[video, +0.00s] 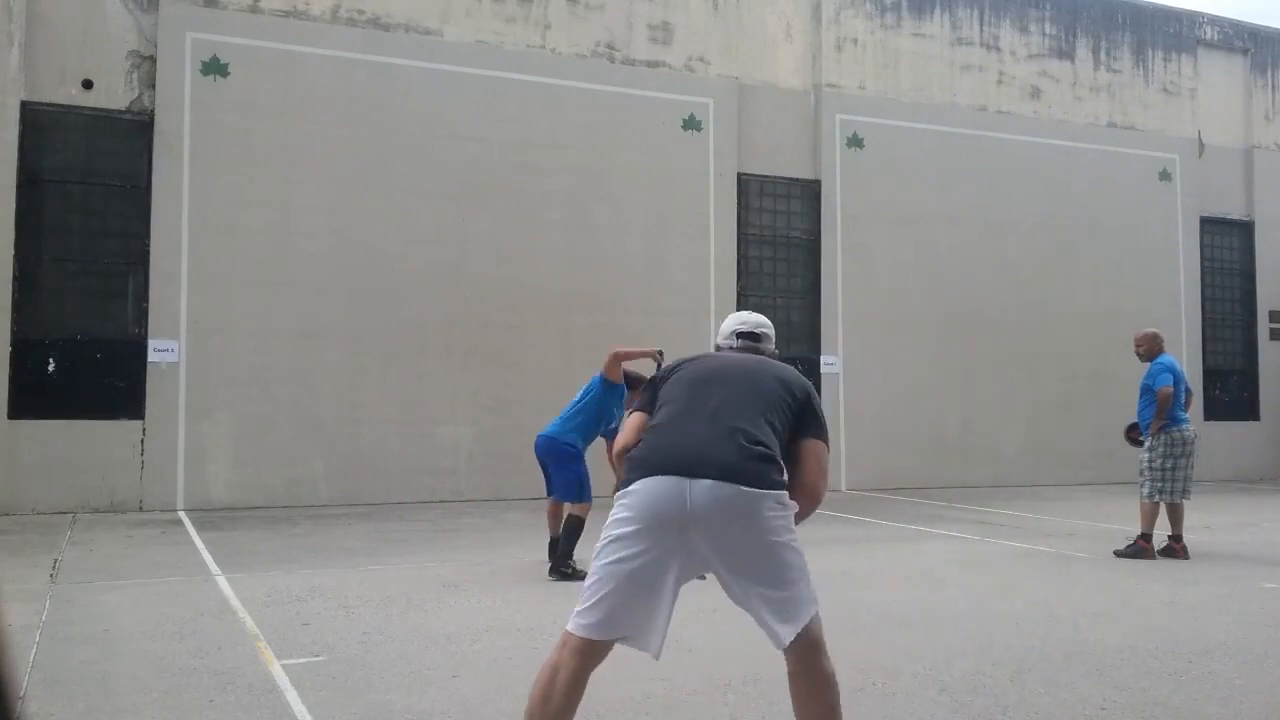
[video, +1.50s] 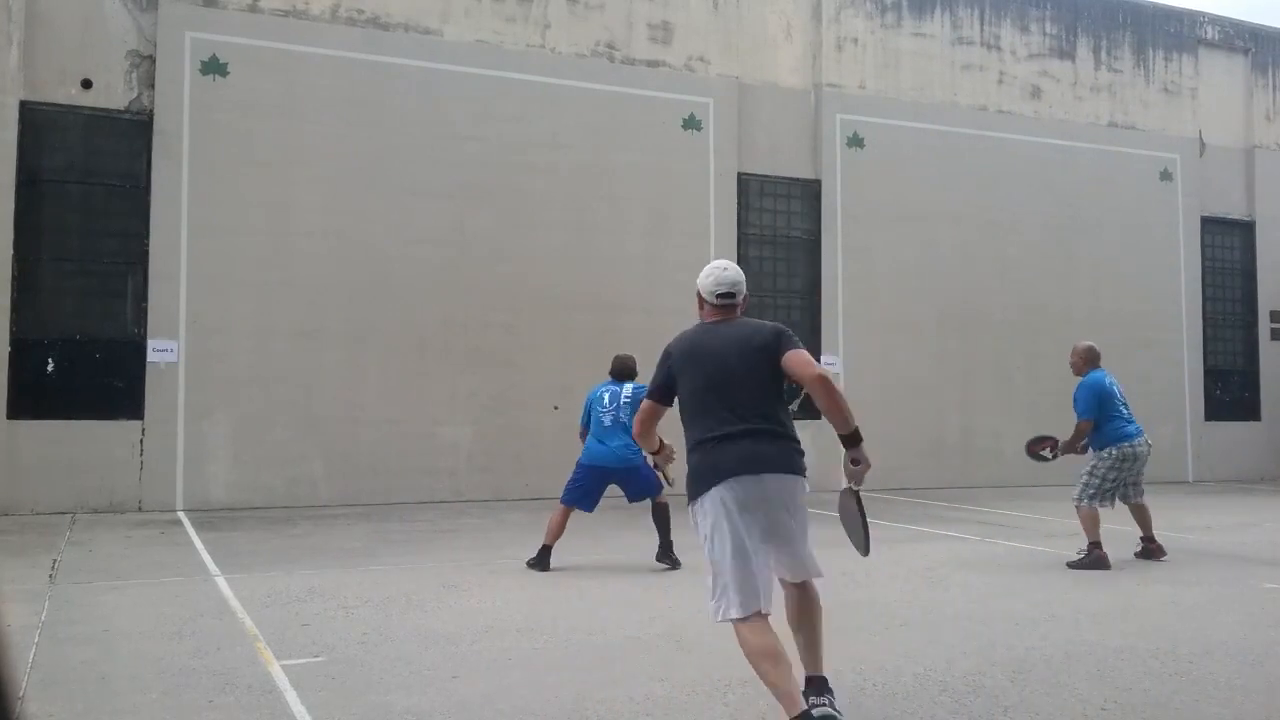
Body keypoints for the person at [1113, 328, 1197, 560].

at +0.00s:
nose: (1136, 351)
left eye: (1140, 346)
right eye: (1135, 347)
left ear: (1157, 345)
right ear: (1158, 347)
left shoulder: (1160, 365)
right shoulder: (1172, 363)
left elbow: (1166, 392)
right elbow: (1188, 393)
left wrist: (1156, 422)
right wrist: (1177, 419)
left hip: (1163, 435)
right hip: (1181, 432)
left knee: (1150, 489)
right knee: (1173, 491)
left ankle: (1144, 543)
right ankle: (1176, 543)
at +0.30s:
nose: (1130, 350)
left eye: (1134, 345)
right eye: (1130, 346)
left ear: (1150, 344)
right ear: (1152, 346)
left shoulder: (1155, 366)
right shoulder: (1169, 363)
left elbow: (1161, 392)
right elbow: (1186, 392)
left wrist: (1154, 422)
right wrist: (1175, 417)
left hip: (1160, 435)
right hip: (1179, 432)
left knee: (1141, 485)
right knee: (1172, 489)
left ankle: (1145, 541)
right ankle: (1176, 543)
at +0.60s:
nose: (1116, 351)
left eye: (1119, 346)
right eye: (1116, 347)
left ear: (1134, 347)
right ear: (1136, 347)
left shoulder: (1142, 367)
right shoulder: (1152, 364)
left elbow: (1156, 391)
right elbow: (1169, 390)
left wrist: (1146, 420)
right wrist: (1157, 416)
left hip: (1154, 434)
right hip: (1170, 432)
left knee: (1139, 488)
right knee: (1167, 489)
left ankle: (1138, 543)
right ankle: (1175, 543)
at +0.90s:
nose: (1115, 349)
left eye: (1119, 343)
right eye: (1110, 345)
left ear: (1129, 344)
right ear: (1106, 348)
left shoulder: (1140, 366)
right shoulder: (1111, 370)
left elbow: (1152, 396)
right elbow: (1118, 406)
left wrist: (1125, 414)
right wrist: (1116, 435)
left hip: (1147, 434)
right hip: (1132, 436)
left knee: (1136, 491)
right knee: (1152, 490)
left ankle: (1135, 547)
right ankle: (1169, 540)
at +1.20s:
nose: (1111, 350)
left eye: (1116, 346)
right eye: (1107, 346)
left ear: (1129, 348)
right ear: (1104, 349)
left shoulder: (1134, 369)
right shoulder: (1112, 376)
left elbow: (1138, 401)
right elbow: (1111, 413)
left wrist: (1107, 415)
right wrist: (1100, 440)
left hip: (1138, 439)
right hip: (1133, 440)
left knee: (1109, 490)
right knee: (1138, 491)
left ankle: (1132, 542)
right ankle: (1155, 544)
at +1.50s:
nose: (1070, 362)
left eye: (1073, 358)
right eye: (1071, 358)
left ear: (1083, 361)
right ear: (1091, 361)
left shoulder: (1088, 385)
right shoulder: (1106, 378)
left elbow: (1084, 426)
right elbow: (1108, 421)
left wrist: (1068, 445)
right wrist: (1086, 445)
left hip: (1118, 449)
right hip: (1138, 444)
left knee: (1084, 497)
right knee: (1131, 494)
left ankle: (1095, 552)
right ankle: (1151, 544)